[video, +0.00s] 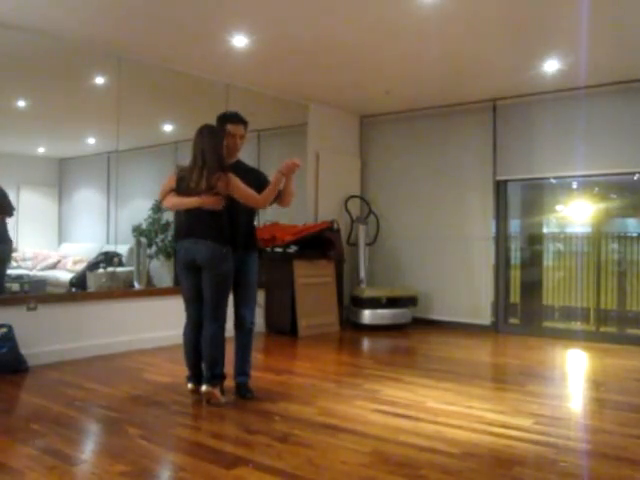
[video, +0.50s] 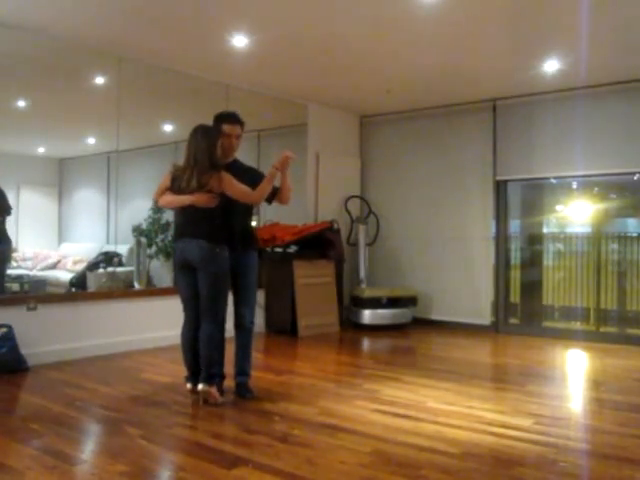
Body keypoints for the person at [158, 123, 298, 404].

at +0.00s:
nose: (231, 148)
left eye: (232, 142)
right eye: (228, 143)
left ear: (196, 147)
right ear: (219, 147)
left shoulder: (181, 175)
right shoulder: (223, 179)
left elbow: (163, 197)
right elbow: (260, 202)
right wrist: (281, 177)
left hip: (185, 249)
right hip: (215, 250)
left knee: (193, 315)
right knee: (215, 317)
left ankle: (195, 379)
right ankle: (212, 384)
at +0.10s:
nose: (229, 148)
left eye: (229, 143)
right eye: (225, 143)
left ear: (195, 146)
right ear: (218, 147)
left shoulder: (180, 174)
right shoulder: (221, 178)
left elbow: (162, 196)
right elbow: (257, 201)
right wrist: (278, 175)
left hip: (185, 247)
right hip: (214, 249)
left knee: (192, 316)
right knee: (214, 317)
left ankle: (194, 379)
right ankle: (212, 383)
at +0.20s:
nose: (228, 149)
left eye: (228, 143)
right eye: (224, 144)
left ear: (194, 146)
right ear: (216, 147)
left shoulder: (179, 173)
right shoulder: (220, 177)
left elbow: (162, 195)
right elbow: (256, 198)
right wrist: (276, 171)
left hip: (184, 247)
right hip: (212, 248)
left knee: (192, 316)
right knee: (214, 317)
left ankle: (193, 379)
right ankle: (212, 382)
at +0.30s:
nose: (226, 150)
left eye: (226, 144)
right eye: (222, 145)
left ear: (193, 145)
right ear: (215, 147)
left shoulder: (178, 173)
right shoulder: (218, 177)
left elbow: (162, 196)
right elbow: (256, 196)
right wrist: (275, 170)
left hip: (183, 248)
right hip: (211, 249)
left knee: (192, 316)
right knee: (213, 317)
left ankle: (193, 379)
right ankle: (211, 383)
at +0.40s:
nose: (225, 150)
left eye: (225, 144)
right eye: (222, 145)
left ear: (192, 146)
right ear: (214, 147)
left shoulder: (178, 173)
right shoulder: (217, 177)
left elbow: (160, 196)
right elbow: (256, 197)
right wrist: (276, 172)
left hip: (183, 248)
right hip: (211, 249)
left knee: (192, 315)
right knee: (213, 316)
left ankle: (193, 378)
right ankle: (210, 383)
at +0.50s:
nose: (224, 150)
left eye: (225, 144)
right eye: (221, 145)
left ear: (191, 146)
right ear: (213, 147)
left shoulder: (176, 173)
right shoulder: (216, 177)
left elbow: (159, 197)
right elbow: (254, 198)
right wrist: (274, 173)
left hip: (183, 247)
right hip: (210, 248)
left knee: (191, 315)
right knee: (212, 316)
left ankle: (193, 379)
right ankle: (209, 382)